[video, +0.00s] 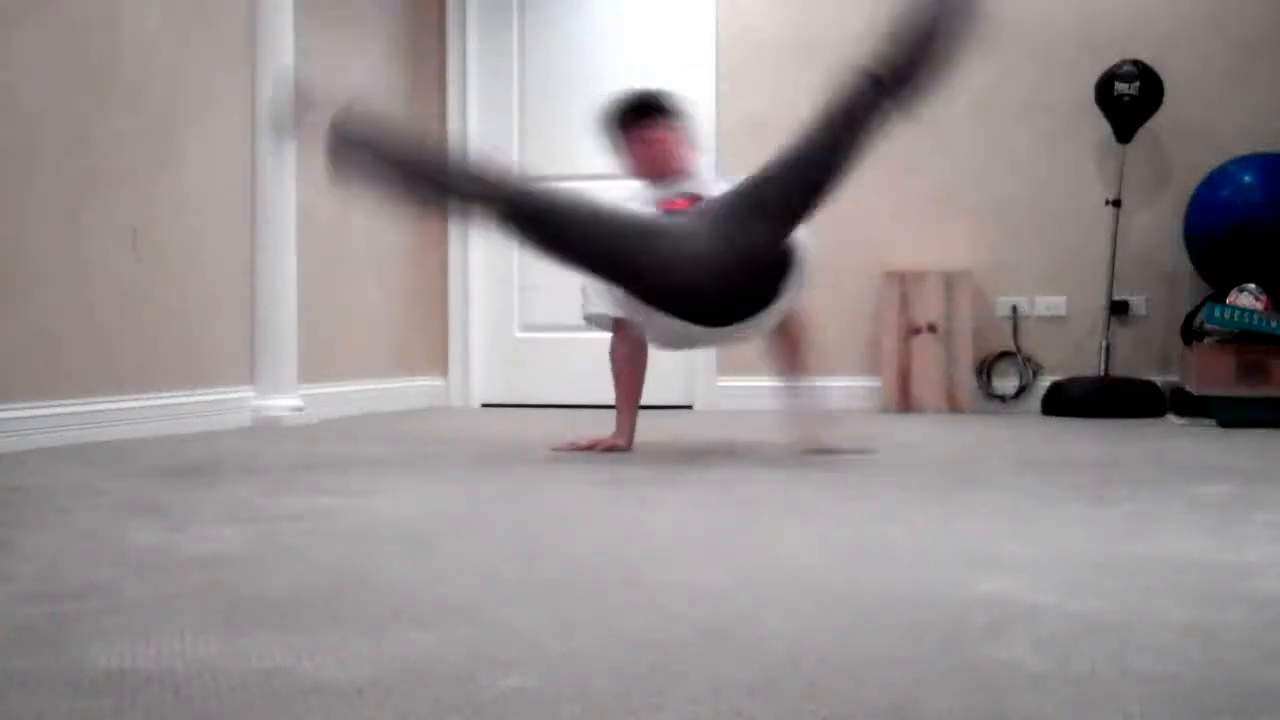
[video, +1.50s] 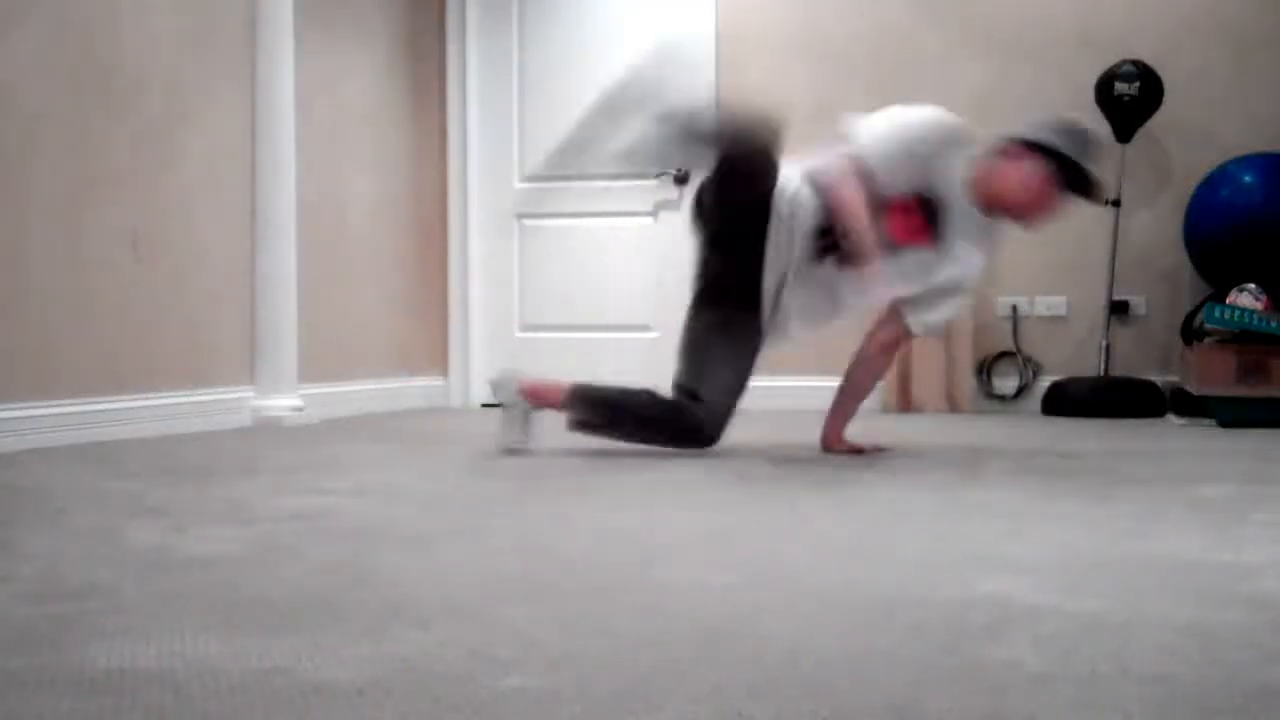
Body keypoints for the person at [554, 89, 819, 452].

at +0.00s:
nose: (657, 147)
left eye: (664, 134)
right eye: (643, 140)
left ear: (685, 140)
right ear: (628, 157)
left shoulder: (739, 207)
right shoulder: (627, 236)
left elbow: (786, 321)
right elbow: (628, 336)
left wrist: (809, 423)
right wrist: (623, 434)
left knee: (834, 138)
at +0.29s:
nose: (831, 132)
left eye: (850, 126)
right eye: (830, 113)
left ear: (872, 143)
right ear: (817, 109)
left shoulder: (851, 224)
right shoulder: (773, 151)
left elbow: (812, 328)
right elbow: (707, 201)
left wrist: (791, 435)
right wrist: (626, 234)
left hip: (654, 301)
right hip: (645, 227)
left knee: (561, 378)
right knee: (674, 70)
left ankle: (419, 401)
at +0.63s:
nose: (837, 272)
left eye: (848, 261)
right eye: (831, 257)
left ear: (862, 241)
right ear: (799, 231)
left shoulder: (842, 233)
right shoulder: (725, 214)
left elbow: (813, 333)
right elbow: (708, 330)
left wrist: (794, 437)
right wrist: (702, 439)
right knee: (656, 359)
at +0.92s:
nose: (672, 102)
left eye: (665, 86)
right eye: (651, 102)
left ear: (669, 80)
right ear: (621, 125)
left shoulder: (704, 106)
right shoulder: (637, 206)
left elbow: (797, 139)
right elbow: (678, 323)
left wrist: (823, 50)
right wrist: (702, 438)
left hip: (840, 218)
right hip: (829, 293)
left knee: (872, 70)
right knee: (946, 364)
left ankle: (914, 10)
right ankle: (1135, 401)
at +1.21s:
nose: (786, 152)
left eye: (793, 141)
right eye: (775, 139)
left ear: (803, 146)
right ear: (744, 137)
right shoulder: (695, 218)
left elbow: (817, 348)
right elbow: (685, 333)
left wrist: (831, 438)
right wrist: (697, 437)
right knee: (716, 90)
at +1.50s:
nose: (1043, 206)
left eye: (1056, 201)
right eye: (1049, 185)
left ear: (1044, 204)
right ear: (1020, 153)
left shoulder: (966, 263)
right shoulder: (938, 135)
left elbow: (889, 335)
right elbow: (833, 165)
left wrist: (832, 435)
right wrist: (870, 250)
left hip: (752, 305)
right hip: (754, 216)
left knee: (696, 423)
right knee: (757, 135)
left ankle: (533, 394)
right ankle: (667, 141)